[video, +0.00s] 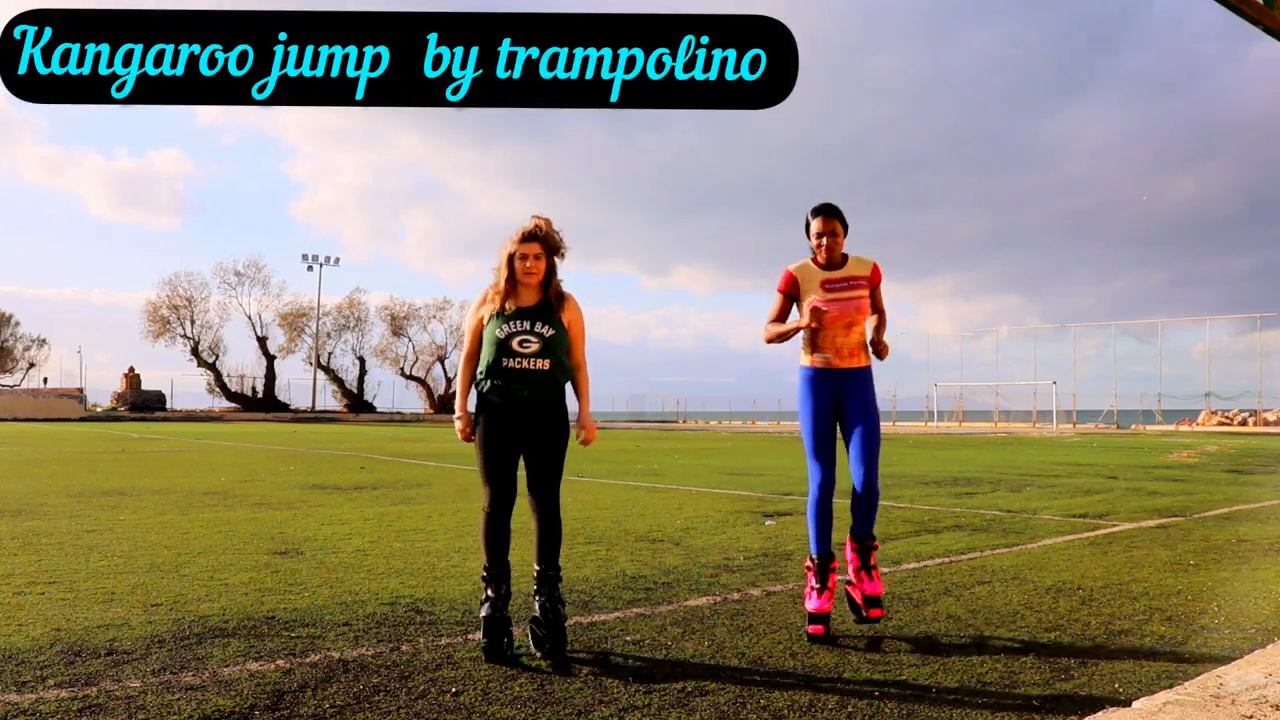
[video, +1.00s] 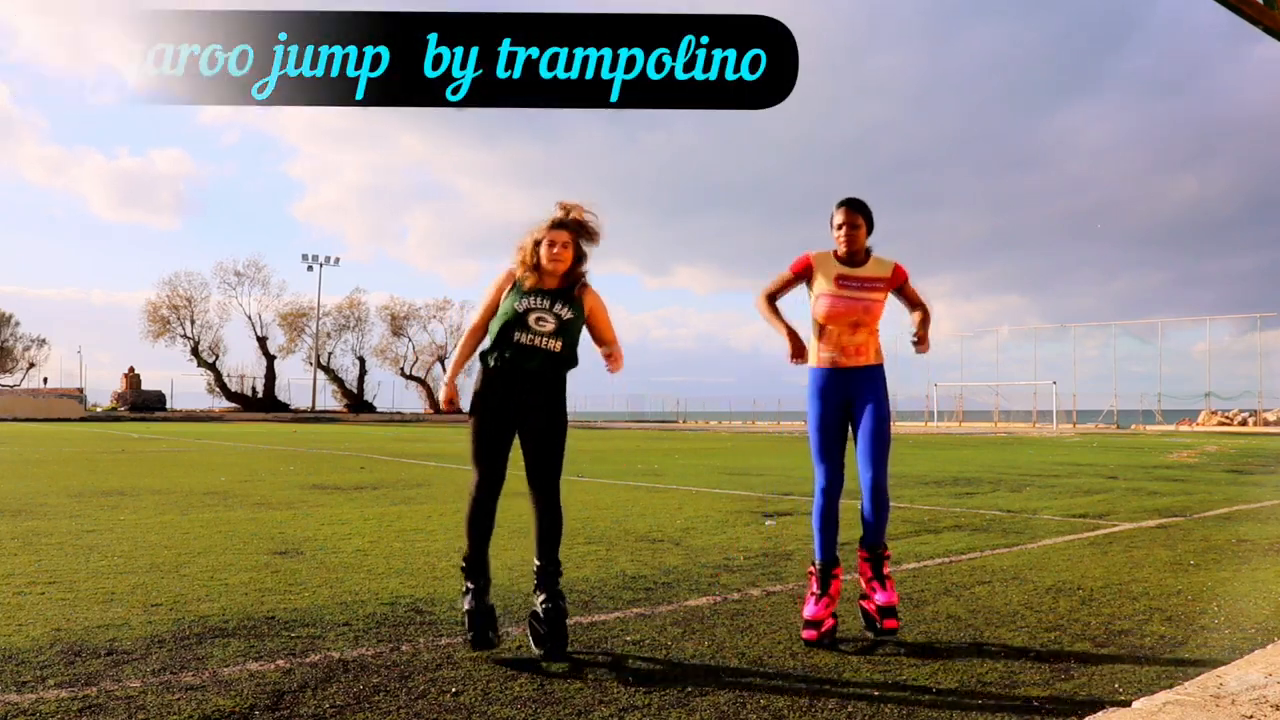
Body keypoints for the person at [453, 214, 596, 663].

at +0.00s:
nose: (531, 263)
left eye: (539, 257)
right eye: (524, 256)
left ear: (549, 262)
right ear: (511, 259)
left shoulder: (565, 306)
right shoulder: (489, 302)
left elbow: (577, 362)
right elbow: (468, 357)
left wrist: (585, 410)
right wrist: (461, 408)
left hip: (547, 415)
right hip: (496, 414)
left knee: (545, 503)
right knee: (497, 502)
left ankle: (548, 595)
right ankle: (494, 597)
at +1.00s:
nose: (555, 250)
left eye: (565, 246)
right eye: (549, 242)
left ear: (576, 254)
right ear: (537, 245)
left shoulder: (584, 297)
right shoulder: (511, 281)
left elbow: (609, 342)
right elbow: (477, 330)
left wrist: (612, 356)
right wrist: (451, 378)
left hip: (545, 402)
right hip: (495, 397)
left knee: (546, 493)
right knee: (487, 485)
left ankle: (548, 592)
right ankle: (475, 587)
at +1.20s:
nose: (562, 279)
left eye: (571, 272)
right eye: (556, 270)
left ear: (584, 279)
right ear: (544, 273)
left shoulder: (592, 325)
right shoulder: (522, 308)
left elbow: (616, 383)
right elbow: (483, 353)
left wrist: (621, 355)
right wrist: (446, 398)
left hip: (556, 425)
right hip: (505, 414)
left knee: (551, 514)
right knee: (464, 493)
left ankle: (540, 608)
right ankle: (413, 586)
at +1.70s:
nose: (564, 283)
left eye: (571, 277)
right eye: (557, 276)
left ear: (582, 284)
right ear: (545, 282)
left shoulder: (591, 333)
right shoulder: (521, 316)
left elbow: (607, 386)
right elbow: (482, 364)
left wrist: (622, 393)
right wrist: (445, 410)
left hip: (551, 429)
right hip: (502, 418)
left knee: (545, 515)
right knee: (449, 491)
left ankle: (539, 605)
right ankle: (390, 572)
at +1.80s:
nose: (544, 282)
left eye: (553, 276)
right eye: (538, 274)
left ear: (566, 283)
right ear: (527, 280)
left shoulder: (577, 329)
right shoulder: (506, 316)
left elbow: (582, 380)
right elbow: (476, 366)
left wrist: (578, 426)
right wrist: (477, 401)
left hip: (548, 430)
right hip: (498, 422)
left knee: (543, 516)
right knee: (455, 498)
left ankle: (539, 606)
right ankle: (428, 586)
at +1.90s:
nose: (526, 267)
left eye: (534, 260)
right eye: (519, 260)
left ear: (547, 263)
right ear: (508, 263)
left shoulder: (564, 309)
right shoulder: (492, 298)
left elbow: (574, 364)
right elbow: (462, 345)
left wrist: (571, 413)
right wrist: (484, 355)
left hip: (545, 413)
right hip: (496, 407)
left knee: (545, 500)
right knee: (468, 489)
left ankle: (546, 595)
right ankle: (454, 586)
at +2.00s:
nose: (504, 260)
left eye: (512, 253)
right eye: (497, 253)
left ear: (524, 258)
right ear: (485, 257)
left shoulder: (542, 292)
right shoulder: (468, 290)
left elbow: (565, 344)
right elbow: (431, 340)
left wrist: (585, 398)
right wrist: (458, 325)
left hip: (540, 397)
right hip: (491, 398)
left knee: (556, 484)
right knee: (482, 490)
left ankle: (577, 578)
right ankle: (480, 585)